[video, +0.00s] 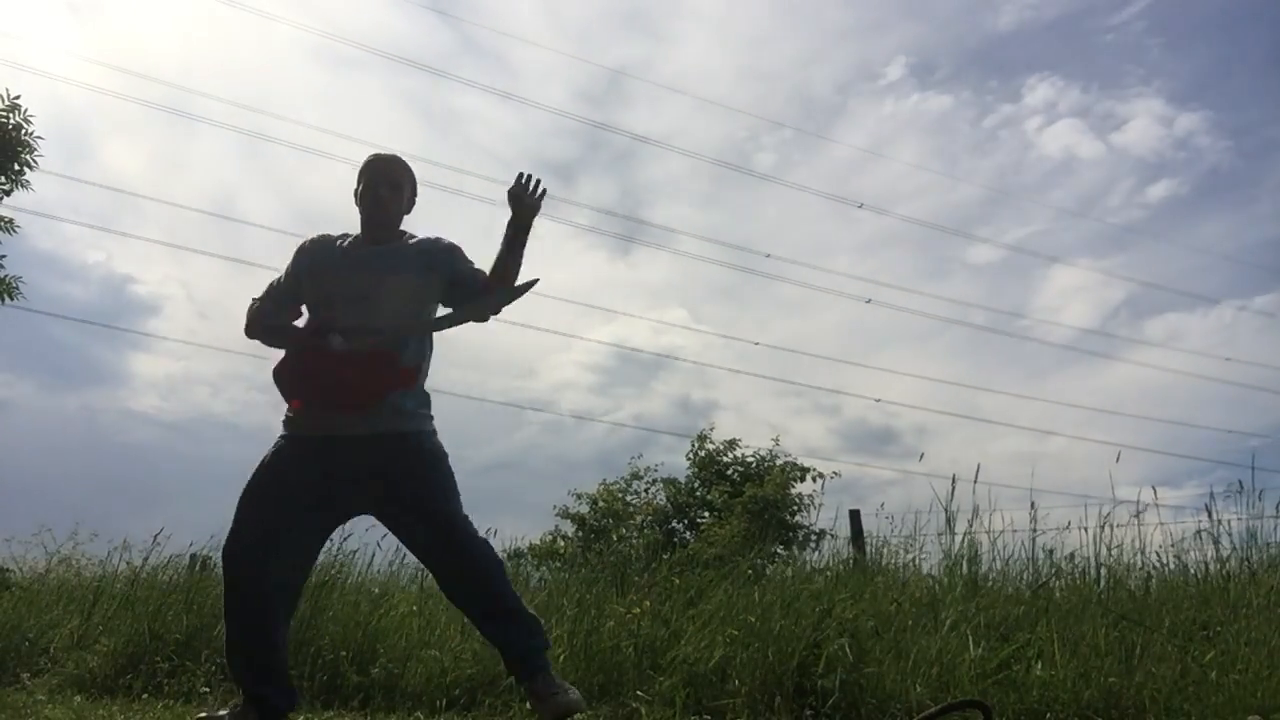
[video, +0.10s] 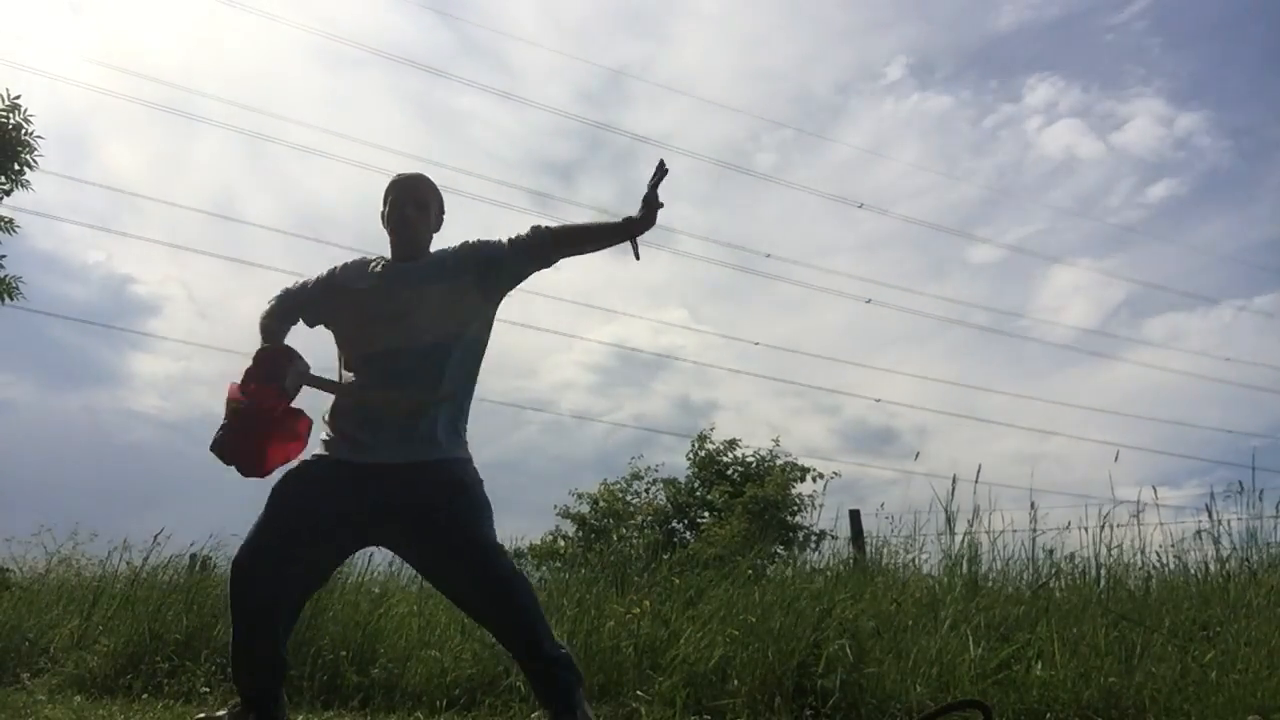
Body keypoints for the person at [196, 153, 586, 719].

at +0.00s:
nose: (378, 194)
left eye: (391, 186)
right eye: (370, 184)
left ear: (410, 201)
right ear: (356, 194)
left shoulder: (433, 257)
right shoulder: (319, 256)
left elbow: (489, 297)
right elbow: (259, 321)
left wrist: (519, 223)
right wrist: (307, 340)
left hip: (401, 445)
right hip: (312, 445)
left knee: (456, 549)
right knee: (249, 558)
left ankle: (539, 677)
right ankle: (264, 699)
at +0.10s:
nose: (402, 213)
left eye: (416, 204)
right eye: (394, 204)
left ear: (439, 219)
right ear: (381, 217)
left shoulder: (477, 268)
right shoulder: (349, 281)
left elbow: (550, 244)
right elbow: (283, 307)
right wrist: (273, 348)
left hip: (436, 477)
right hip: (340, 474)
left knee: (493, 588)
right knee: (256, 578)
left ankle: (566, 698)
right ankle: (259, 702)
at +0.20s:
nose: (448, 213)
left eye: (461, 204)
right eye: (438, 204)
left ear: (480, 218)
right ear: (422, 217)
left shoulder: (514, 276)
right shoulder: (391, 277)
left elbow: (590, 269)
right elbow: (314, 302)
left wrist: (653, 223)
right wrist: (320, 342)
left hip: (476, 470)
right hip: (381, 470)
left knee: (534, 591)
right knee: (298, 577)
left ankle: (572, 705)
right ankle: (261, 695)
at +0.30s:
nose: (486, 194)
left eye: (497, 185)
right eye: (475, 186)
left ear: (517, 200)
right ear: (460, 199)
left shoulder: (544, 271)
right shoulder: (428, 250)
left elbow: (615, 289)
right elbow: (333, 257)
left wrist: (616, 223)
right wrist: (406, 304)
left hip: (502, 464)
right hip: (408, 462)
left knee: (560, 610)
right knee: (337, 591)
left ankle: (578, 710)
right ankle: (269, 703)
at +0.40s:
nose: (496, 185)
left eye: (509, 176)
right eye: (484, 178)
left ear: (528, 192)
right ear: (469, 190)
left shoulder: (548, 256)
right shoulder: (449, 226)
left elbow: (596, 307)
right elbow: (443, 207)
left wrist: (553, 243)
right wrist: (533, 239)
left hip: (514, 451)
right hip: (429, 445)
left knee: (559, 582)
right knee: (356, 575)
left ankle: (579, 708)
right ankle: (271, 700)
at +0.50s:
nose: (489, 191)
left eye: (501, 182)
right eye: (478, 183)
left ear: (524, 191)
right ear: (466, 194)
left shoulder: (547, 255)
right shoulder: (451, 235)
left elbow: (576, 337)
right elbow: (510, 235)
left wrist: (545, 293)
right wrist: (591, 224)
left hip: (522, 449)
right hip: (436, 443)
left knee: (568, 575)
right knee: (361, 570)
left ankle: (574, 701)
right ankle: (289, 698)